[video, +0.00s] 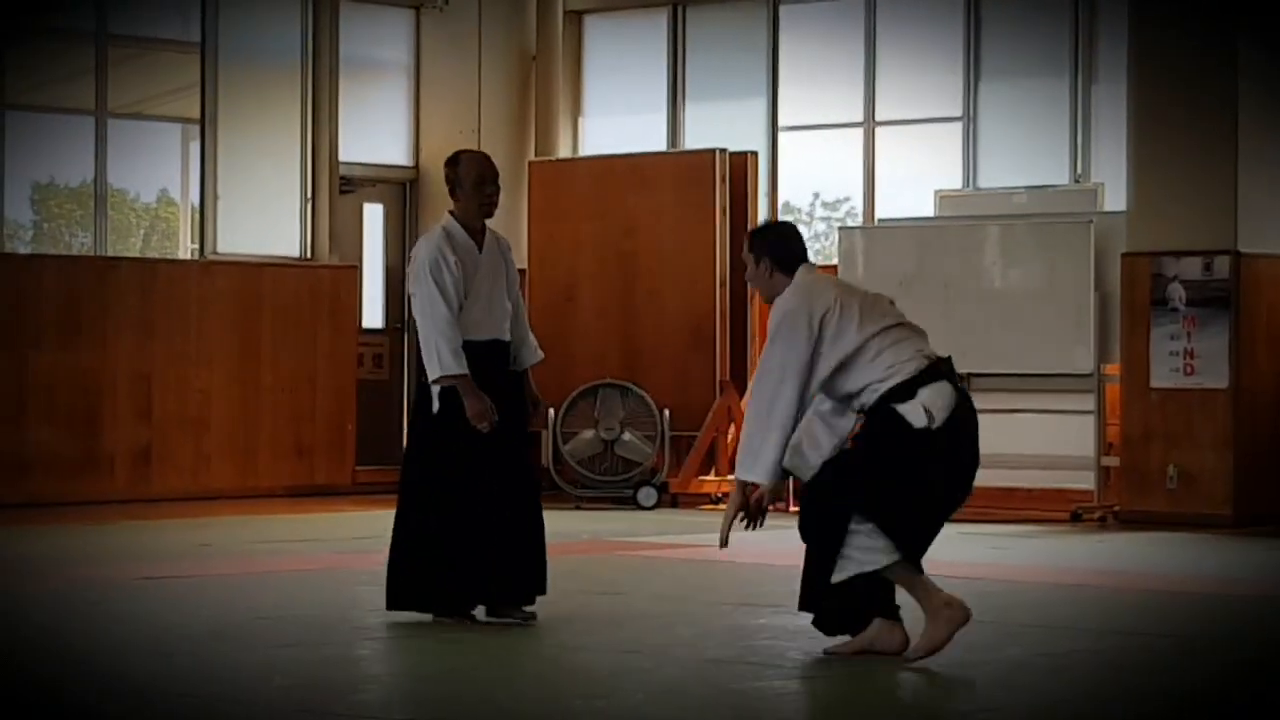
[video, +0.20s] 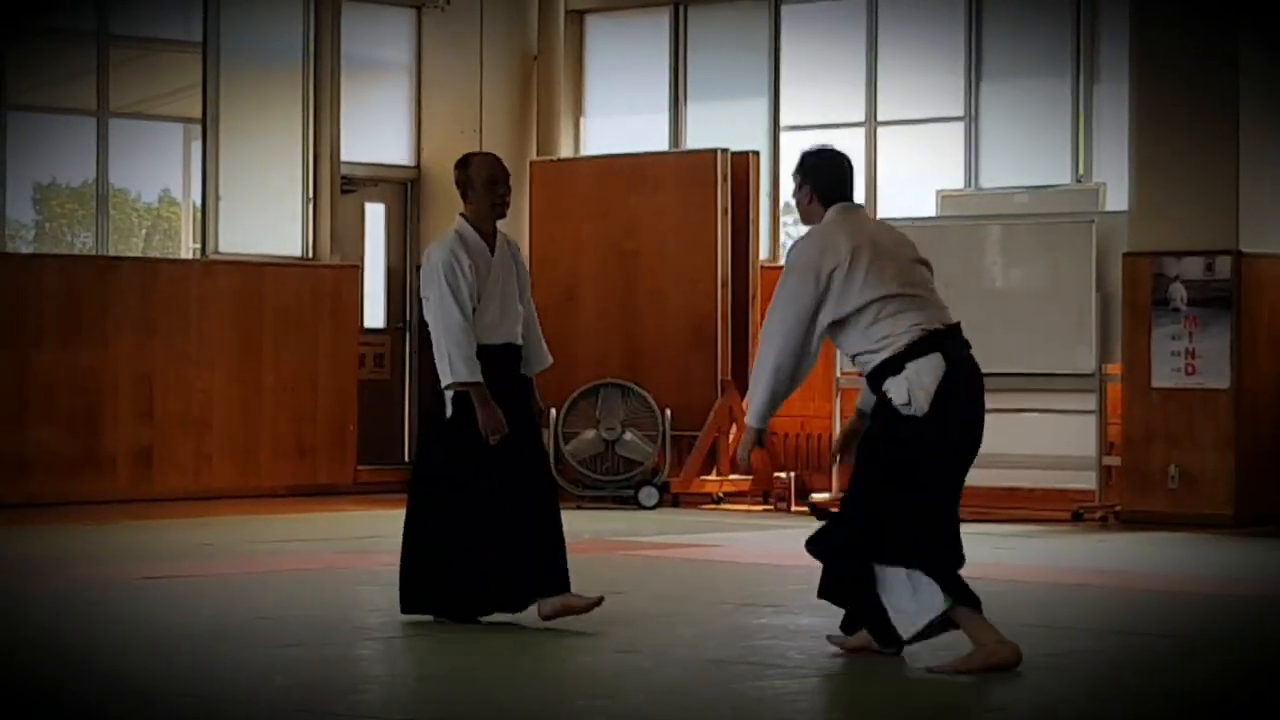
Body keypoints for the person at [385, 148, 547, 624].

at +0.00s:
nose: (494, 193)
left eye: (496, 184)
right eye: (483, 184)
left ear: (495, 189)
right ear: (454, 190)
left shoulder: (500, 247)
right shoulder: (434, 248)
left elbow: (516, 318)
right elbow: (436, 326)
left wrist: (528, 382)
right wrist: (467, 389)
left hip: (502, 373)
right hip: (452, 375)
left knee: (505, 483)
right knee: (452, 485)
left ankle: (502, 595)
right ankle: (448, 597)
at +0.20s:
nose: (505, 192)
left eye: (507, 183)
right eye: (494, 184)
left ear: (508, 189)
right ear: (465, 191)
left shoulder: (510, 251)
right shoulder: (446, 254)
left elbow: (526, 321)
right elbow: (451, 331)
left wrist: (533, 387)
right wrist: (479, 398)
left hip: (510, 377)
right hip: (467, 381)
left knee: (531, 481)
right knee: (464, 488)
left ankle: (551, 591)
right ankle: (455, 597)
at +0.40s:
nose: (515, 193)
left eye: (518, 185)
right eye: (504, 186)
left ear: (522, 191)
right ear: (476, 194)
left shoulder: (525, 253)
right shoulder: (460, 257)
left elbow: (542, 321)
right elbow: (460, 334)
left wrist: (546, 384)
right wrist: (484, 404)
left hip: (528, 378)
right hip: (486, 381)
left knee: (543, 489)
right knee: (484, 490)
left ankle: (554, 605)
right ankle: (471, 599)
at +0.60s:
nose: (529, 190)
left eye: (530, 183)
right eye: (517, 184)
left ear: (533, 191)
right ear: (489, 194)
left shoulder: (538, 254)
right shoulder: (477, 255)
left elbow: (559, 322)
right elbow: (476, 334)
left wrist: (573, 391)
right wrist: (491, 406)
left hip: (546, 381)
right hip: (501, 383)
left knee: (559, 491)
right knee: (487, 490)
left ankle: (558, 606)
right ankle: (458, 589)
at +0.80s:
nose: (531, 198)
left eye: (529, 189)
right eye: (519, 190)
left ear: (519, 198)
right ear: (489, 201)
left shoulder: (531, 263)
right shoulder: (479, 260)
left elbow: (556, 324)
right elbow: (491, 322)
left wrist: (578, 383)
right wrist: (543, 343)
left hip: (536, 382)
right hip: (503, 386)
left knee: (556, 489)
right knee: (505, 491)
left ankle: (557, 602)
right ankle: (449, 581)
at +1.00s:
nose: (491, 198)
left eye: (488, 190)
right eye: (479, 192)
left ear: (457, 207)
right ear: (452, 204)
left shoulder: (452, 256)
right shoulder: (463, 257)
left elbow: (488, 338)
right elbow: (532, 268)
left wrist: (531, 385)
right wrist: (589, 217)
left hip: (480, 387)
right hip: (486, 390)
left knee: (478, 498)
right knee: (555, 490)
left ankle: (423, 600)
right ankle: (556, 606)